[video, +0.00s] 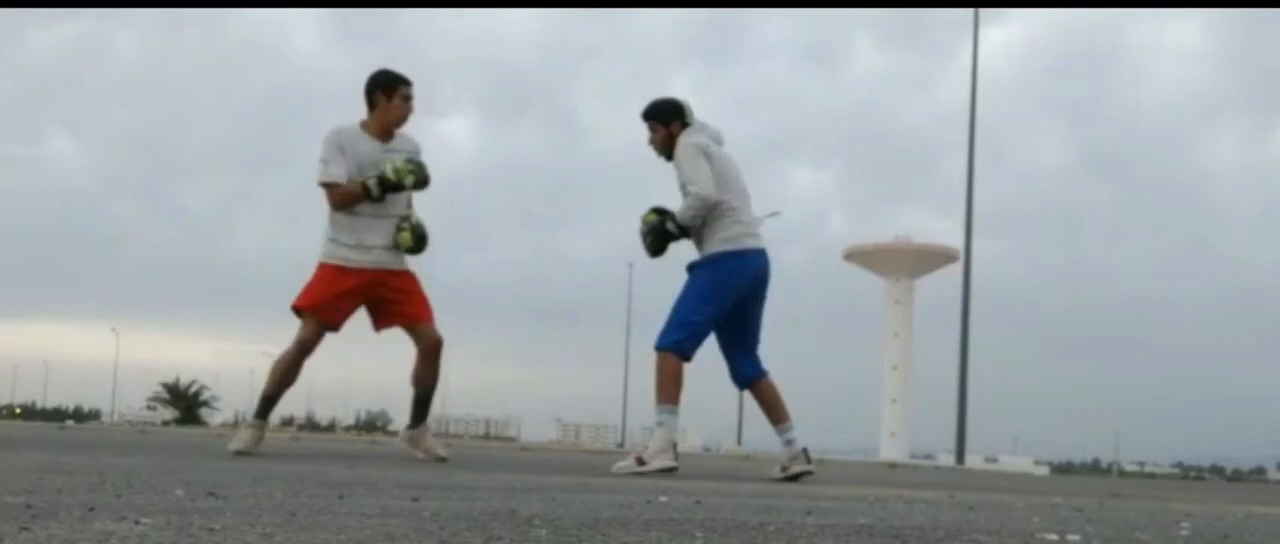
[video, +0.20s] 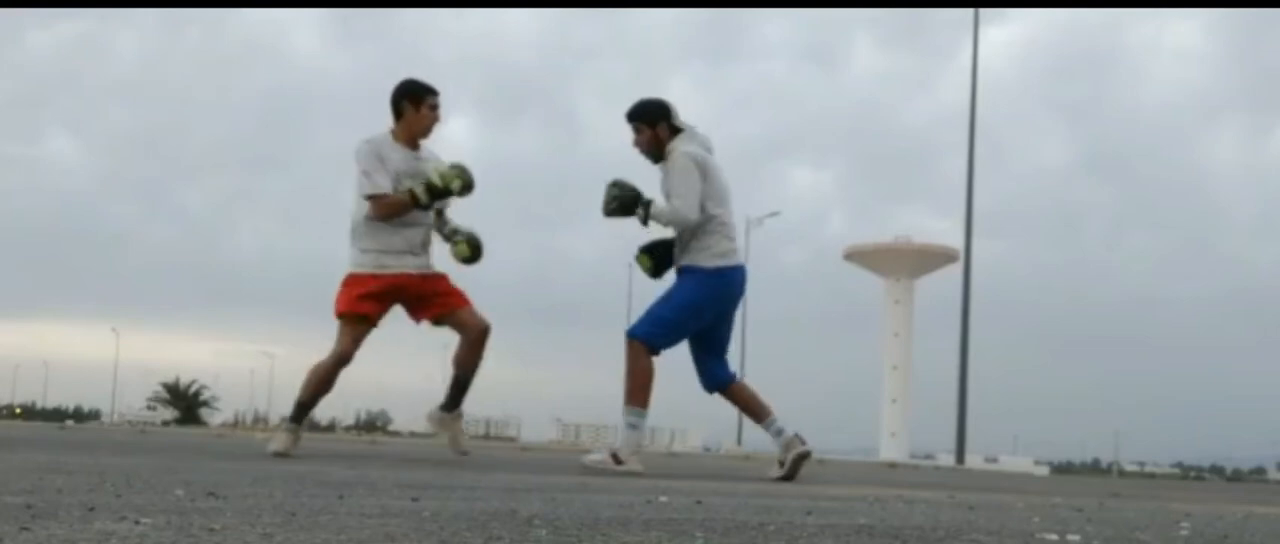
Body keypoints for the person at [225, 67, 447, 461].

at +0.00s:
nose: (411, 108)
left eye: (412, 101)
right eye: (405, 100)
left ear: (393, 103)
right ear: (380, 100)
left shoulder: (408, 148)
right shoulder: (340, 139)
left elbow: (403, 204)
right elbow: (337, 200)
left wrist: (412, 230)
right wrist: (383, 182)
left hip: (392, 268)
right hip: (342, 264)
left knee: (431, 342)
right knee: (304, 342)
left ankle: (417, 430)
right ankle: (256, 424)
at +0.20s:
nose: (436, 119)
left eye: (437, 111)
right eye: (431, 110)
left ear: (416, 113)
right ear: (406, 109)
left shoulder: (433, 164)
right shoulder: (372, 150)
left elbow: (436, 217)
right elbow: (380, 209)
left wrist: (456, 237)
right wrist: (427, 193)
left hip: (419, 273)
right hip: (371, 273)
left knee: (477, 330)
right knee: (342, 354)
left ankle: (449, 413)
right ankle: (292, 426)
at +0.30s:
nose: (465, 124)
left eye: (466, 116)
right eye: (460, 116)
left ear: (444, 119)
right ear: (437, 117)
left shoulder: (463, 158)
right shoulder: (404, 157)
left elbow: (493, 196)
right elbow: (430, 213)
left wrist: (524, 189)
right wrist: (470, 185)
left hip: (448, 280)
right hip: (399, 279)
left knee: (499, 342)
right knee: (350, 352)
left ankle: (520, 434)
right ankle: (292, 424)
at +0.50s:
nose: (513, 172)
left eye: (512, 164)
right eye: (505, 167)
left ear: (508, 166)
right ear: (482, 172)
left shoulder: (524, 178)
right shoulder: (454, 200)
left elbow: (565, 149)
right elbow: (466, 263)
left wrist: (602, 115)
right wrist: (502, 236)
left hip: (499, 299)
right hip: (450, 297)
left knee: (542, 354)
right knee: (393, 363)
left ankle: (556, 445)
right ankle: (321, 428)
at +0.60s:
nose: (523, 173)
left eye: (523, 166)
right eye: (517, 167)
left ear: (515, 165)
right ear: (493, 168)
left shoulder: (524, 181)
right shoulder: (459, 199)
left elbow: (577, 169)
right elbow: (459, 261)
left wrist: (628, 148)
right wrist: (497, 240)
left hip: (502, 301)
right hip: (452, 298)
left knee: (545, 351)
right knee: (397, 365)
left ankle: (555, 445)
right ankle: (322, 426)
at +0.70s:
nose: (517, 146)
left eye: (517, 139)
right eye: (510, 139)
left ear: (508, 141)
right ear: (486, 141)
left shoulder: (521, 169)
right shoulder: (453, 178)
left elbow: (573, 198)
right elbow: (462, 240)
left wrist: (613, 198)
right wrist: (500, 214)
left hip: (493, 294)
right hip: (444, 287)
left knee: (534, 353)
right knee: (394, 346)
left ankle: (553, 444)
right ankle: (326, 415)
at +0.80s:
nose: (502, 118)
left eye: (503, 110)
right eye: (496, 110)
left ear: (484, 114)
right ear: (472, 113)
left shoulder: (498, 156)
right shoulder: (438, 154)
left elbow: (501, 214)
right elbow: (438, 219)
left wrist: (538, 227)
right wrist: (481, 195)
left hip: (480, 274)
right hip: (431, 267)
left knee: (516, 351)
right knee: (388, 340)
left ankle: (550, 441)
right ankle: (331, 421)